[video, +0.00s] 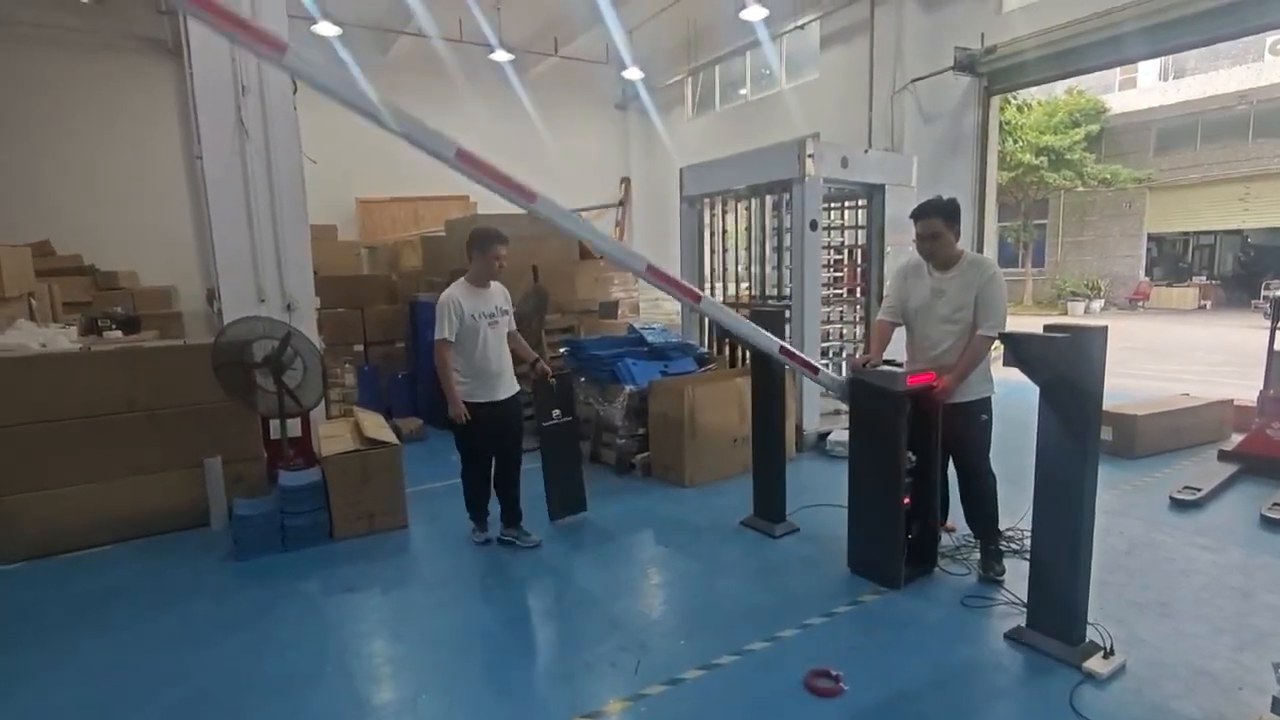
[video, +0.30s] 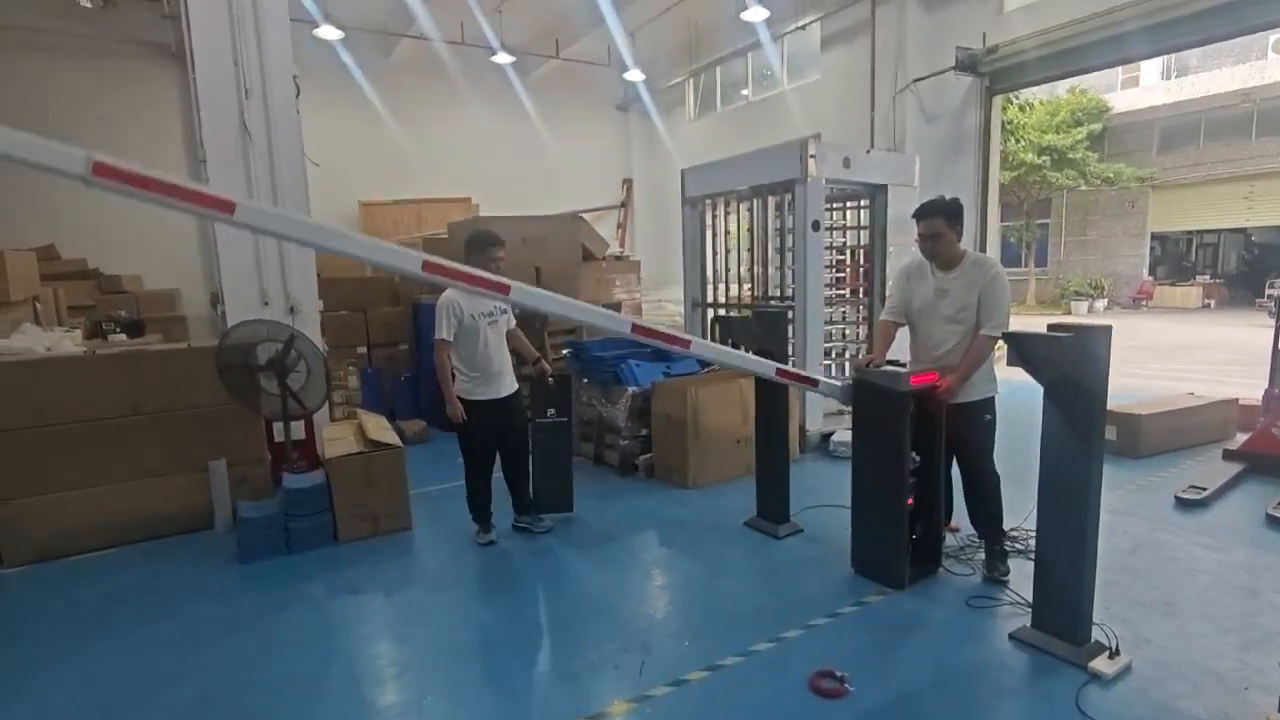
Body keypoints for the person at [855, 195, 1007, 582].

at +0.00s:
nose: (922, 246)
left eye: (930, 238)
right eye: (918, 238)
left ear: (955, 234)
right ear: (914, 235)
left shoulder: (985, 273)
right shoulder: (908, 271)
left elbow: (986, 334)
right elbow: (887, 317)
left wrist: (954, 377)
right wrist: (873, 354)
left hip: (969, 394)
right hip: (921, 393)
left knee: (975, 473)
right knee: (925, 474)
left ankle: (990, 545)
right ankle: (923, 548)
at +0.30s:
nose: (924, 246)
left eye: (932, 238)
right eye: (920, 238)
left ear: (957, 234)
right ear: (917, 235)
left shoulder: (987, 272)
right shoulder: (910, 271)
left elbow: (989, 334)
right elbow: (890, 318)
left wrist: (958, 376)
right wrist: (877, 354)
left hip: (973, 394)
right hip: (925, 393)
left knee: (979, 473)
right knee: (929, 473)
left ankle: (994, 546)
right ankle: (927, 548)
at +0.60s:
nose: (923, 245)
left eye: (931, 237)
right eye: (920, 237)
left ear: (958, 233)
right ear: (919, 234)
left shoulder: (989, 271)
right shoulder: (912, 270)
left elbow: (991, 333)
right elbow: (891, 317)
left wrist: (960, 376)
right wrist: (878, 354)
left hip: (975, 393)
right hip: (926, 393)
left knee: (981, 473)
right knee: (931, 474)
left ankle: (996, 545)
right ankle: (929, 550)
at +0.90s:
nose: (924, 243)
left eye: (932, 236)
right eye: (921, 236)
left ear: (958, 232)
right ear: (919, 233)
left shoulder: (990, 270)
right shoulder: (912, 270)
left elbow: (991, 332)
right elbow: (891, 317)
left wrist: (961, 375)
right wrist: (879, 353)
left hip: (975, 392)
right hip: (927, 392)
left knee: (982, 472)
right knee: (932, 474)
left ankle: (998, 545)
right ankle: (930, 552)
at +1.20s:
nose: (924, 242)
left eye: (931, 235)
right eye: (920, 235)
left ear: (958, 231)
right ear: (919, 232)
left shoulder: (990, 269)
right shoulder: (913, 269)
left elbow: (992, 332)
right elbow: (892, 315)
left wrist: (961, 375)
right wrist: (880, 352)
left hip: (976, 391)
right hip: (928, 392)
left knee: (982, 471)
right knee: (933, 474)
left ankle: (998, 543)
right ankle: (930, 551)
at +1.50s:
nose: (919, 240)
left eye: (926, 234)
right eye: (917, 233)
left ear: (956, 231)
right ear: (921, 231)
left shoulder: (990, 269)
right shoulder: (912, 268)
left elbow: (992, 331)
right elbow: (892, 314)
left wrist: (961, 375)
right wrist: (880, 351)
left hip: (976, 391)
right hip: (928, 392)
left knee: (982, 471)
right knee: (933, 472)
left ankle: (998, 544)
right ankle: (931, 548)